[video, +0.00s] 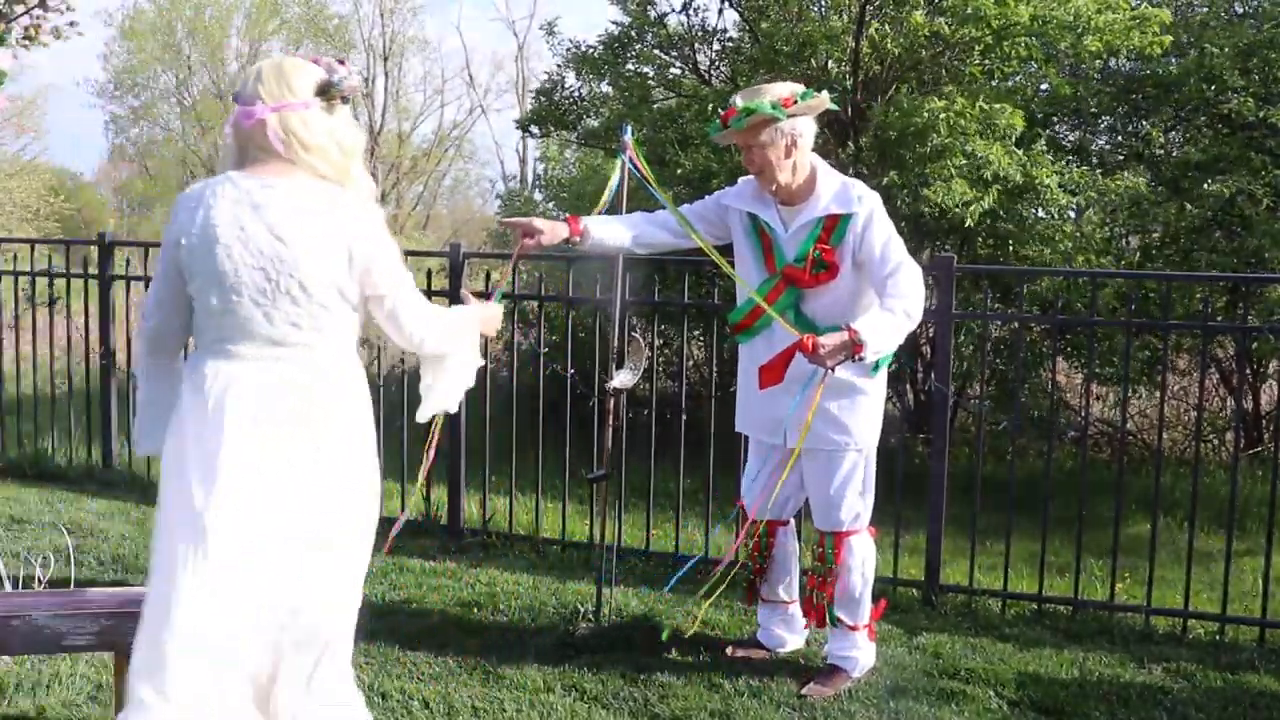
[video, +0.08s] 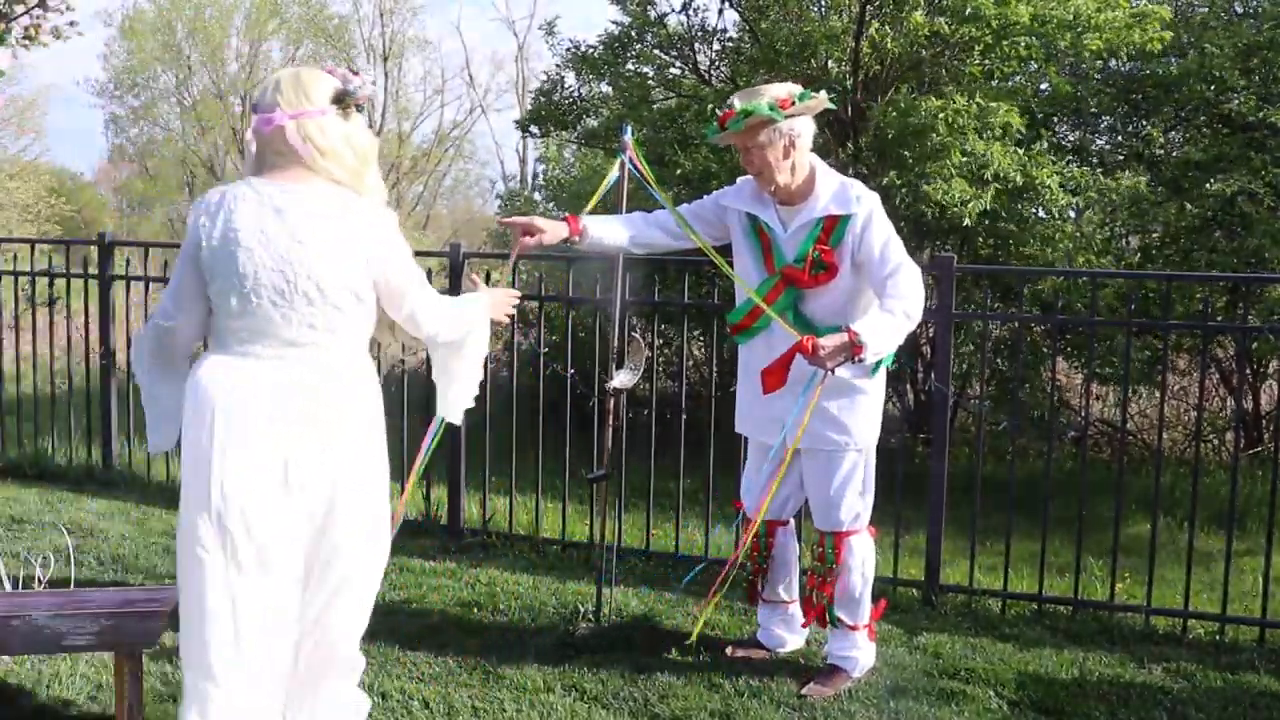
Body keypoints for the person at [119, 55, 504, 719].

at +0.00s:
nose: (230, 119)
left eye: (238, 109)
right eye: (236, 107)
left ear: (250, 123)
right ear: (325, 125)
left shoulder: (198, 205)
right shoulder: (348, 211)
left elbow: (159, 330)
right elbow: (408, 324)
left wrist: (159, 421)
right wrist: (472, 323)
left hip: (222, 397)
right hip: (324, 401)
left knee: (214, 573)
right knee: (316, 577)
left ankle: (202, 703)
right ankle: (304, 705)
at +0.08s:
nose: (248, 130)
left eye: (255, 119)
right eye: (253, 119)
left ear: (269, 132)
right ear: (342, 134)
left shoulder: (217, 208)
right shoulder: (365, 218)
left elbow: (178, 328)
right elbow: (423, 316)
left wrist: (151, 357)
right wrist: (480, 307)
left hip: (233, 389)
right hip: (336, 394)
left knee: (234, 571)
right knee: (334, 573)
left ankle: (229, 703)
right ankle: (322, 704)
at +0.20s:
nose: (267, 148)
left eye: (274, 139)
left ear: (284, 152)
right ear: (357, 151)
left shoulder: (242, 223)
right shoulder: (379, 233)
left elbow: (198, 332)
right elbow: (434, 314)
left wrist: (152, 343)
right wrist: (492, 300)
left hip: (256, 402)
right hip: (352, 407)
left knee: (256, 579)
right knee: (341, 581)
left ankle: (260, 703)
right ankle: (332, 701)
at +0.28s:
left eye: (291, 153)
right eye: (368, 150)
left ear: (293, 162)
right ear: (363, 162)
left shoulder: (252, 232)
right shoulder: (387, 240)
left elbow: (208, 337)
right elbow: (442, 322)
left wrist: (162, 341)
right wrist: (495, 299)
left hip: (272, 397)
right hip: (361, 401)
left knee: (274, 553)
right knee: (355, 557)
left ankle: (272, 695)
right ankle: (341, 696)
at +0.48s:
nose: (387, 157)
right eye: (382, 147)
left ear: (309, 157)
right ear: (372, 158)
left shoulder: (272, 221)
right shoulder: (397, 231)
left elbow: (234, 316)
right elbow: (426, 326)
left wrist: (197, 369)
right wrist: (456, 366)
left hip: (289, 384)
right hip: (370, 385)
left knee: (286, 522)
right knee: (372, 525)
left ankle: (282, 675)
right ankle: (368, 670)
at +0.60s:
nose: (393, 163)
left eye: (307, 156)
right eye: (385, 153)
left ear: (313, 164)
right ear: (374, 164)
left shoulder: (278, 225)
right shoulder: (400, 235)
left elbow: (249, 317)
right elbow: (428, 337)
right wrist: (423, 389)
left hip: (296, 390)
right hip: (377, 389)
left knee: (289, 532)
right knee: (368, 535)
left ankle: (283, 684)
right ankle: (365, 687)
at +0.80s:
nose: (388, 181)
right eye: (382, 172)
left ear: (317, 180)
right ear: (376, 183)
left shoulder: (283, 238)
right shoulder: (392, 244)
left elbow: (285, 314)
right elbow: (419, 335)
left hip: (300, 381)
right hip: (375, 381)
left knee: (313, 532)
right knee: (360, 522)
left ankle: (363, 684)